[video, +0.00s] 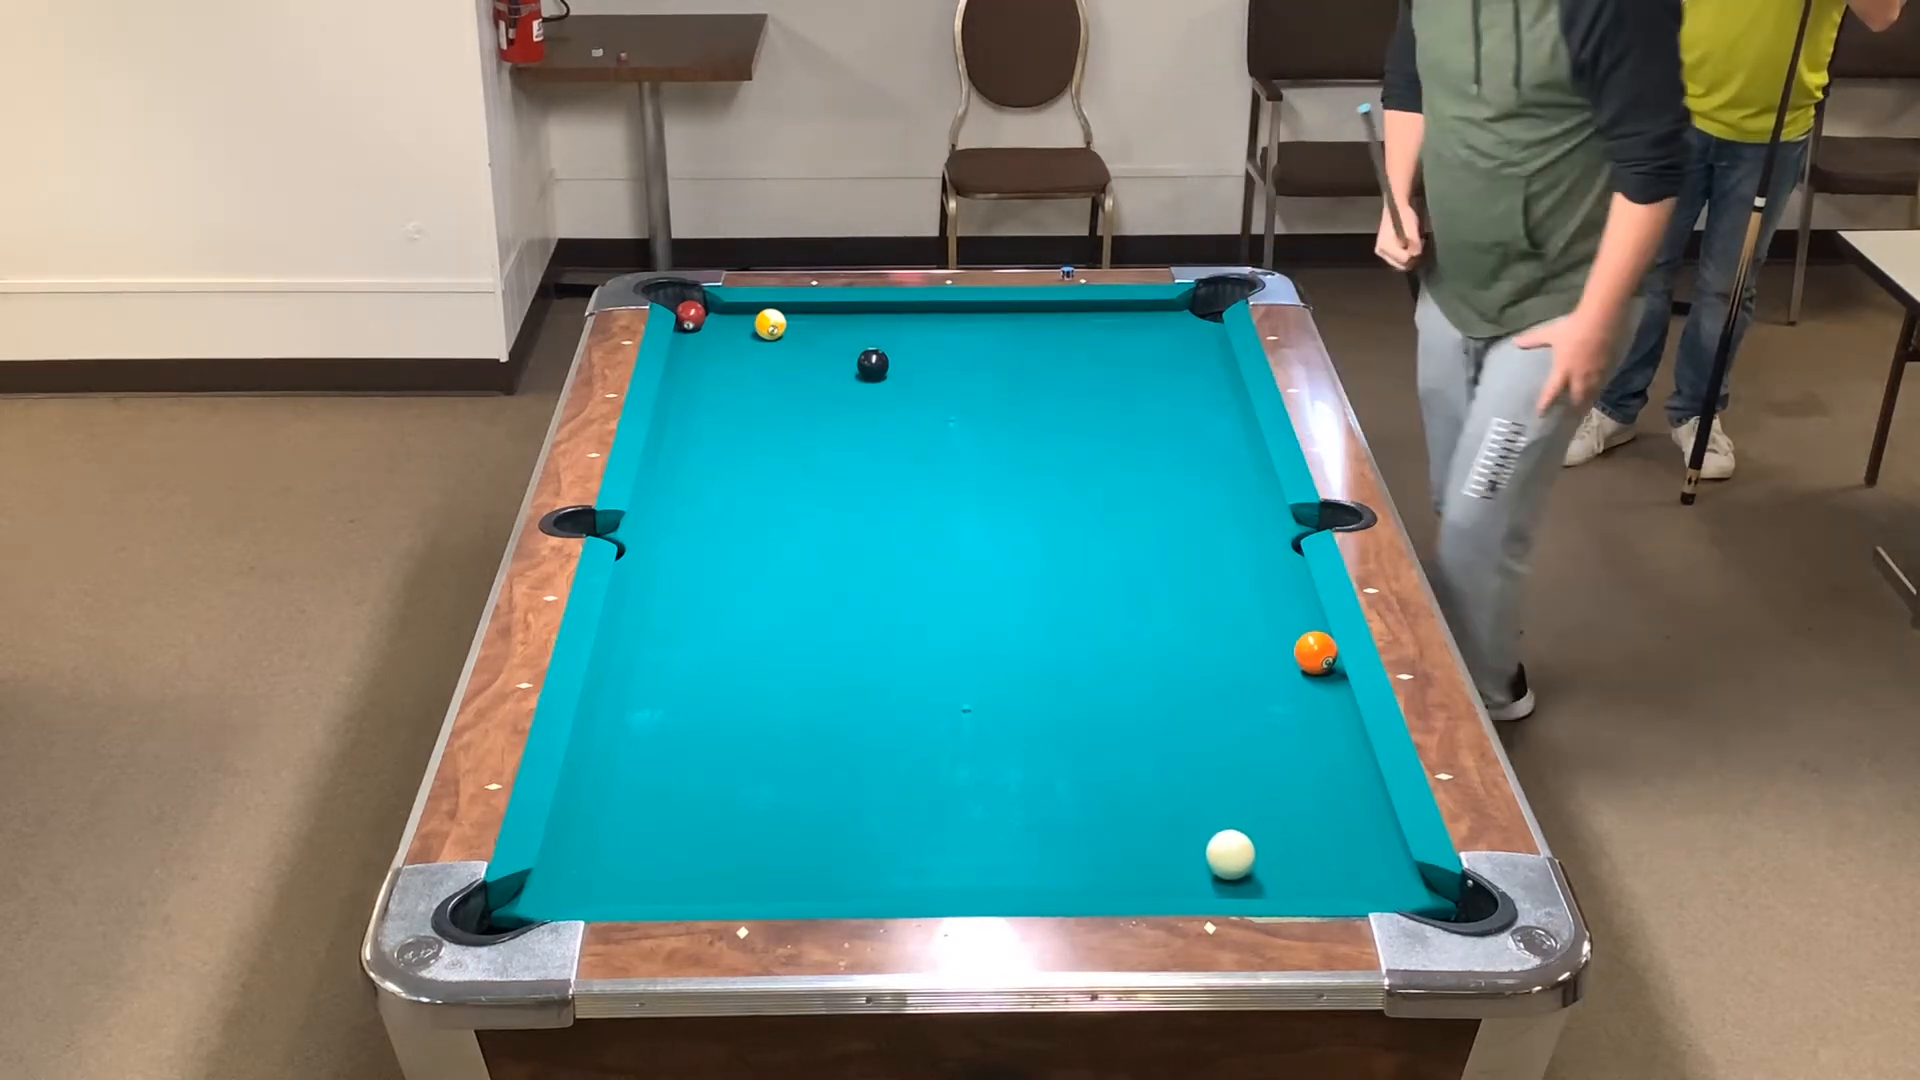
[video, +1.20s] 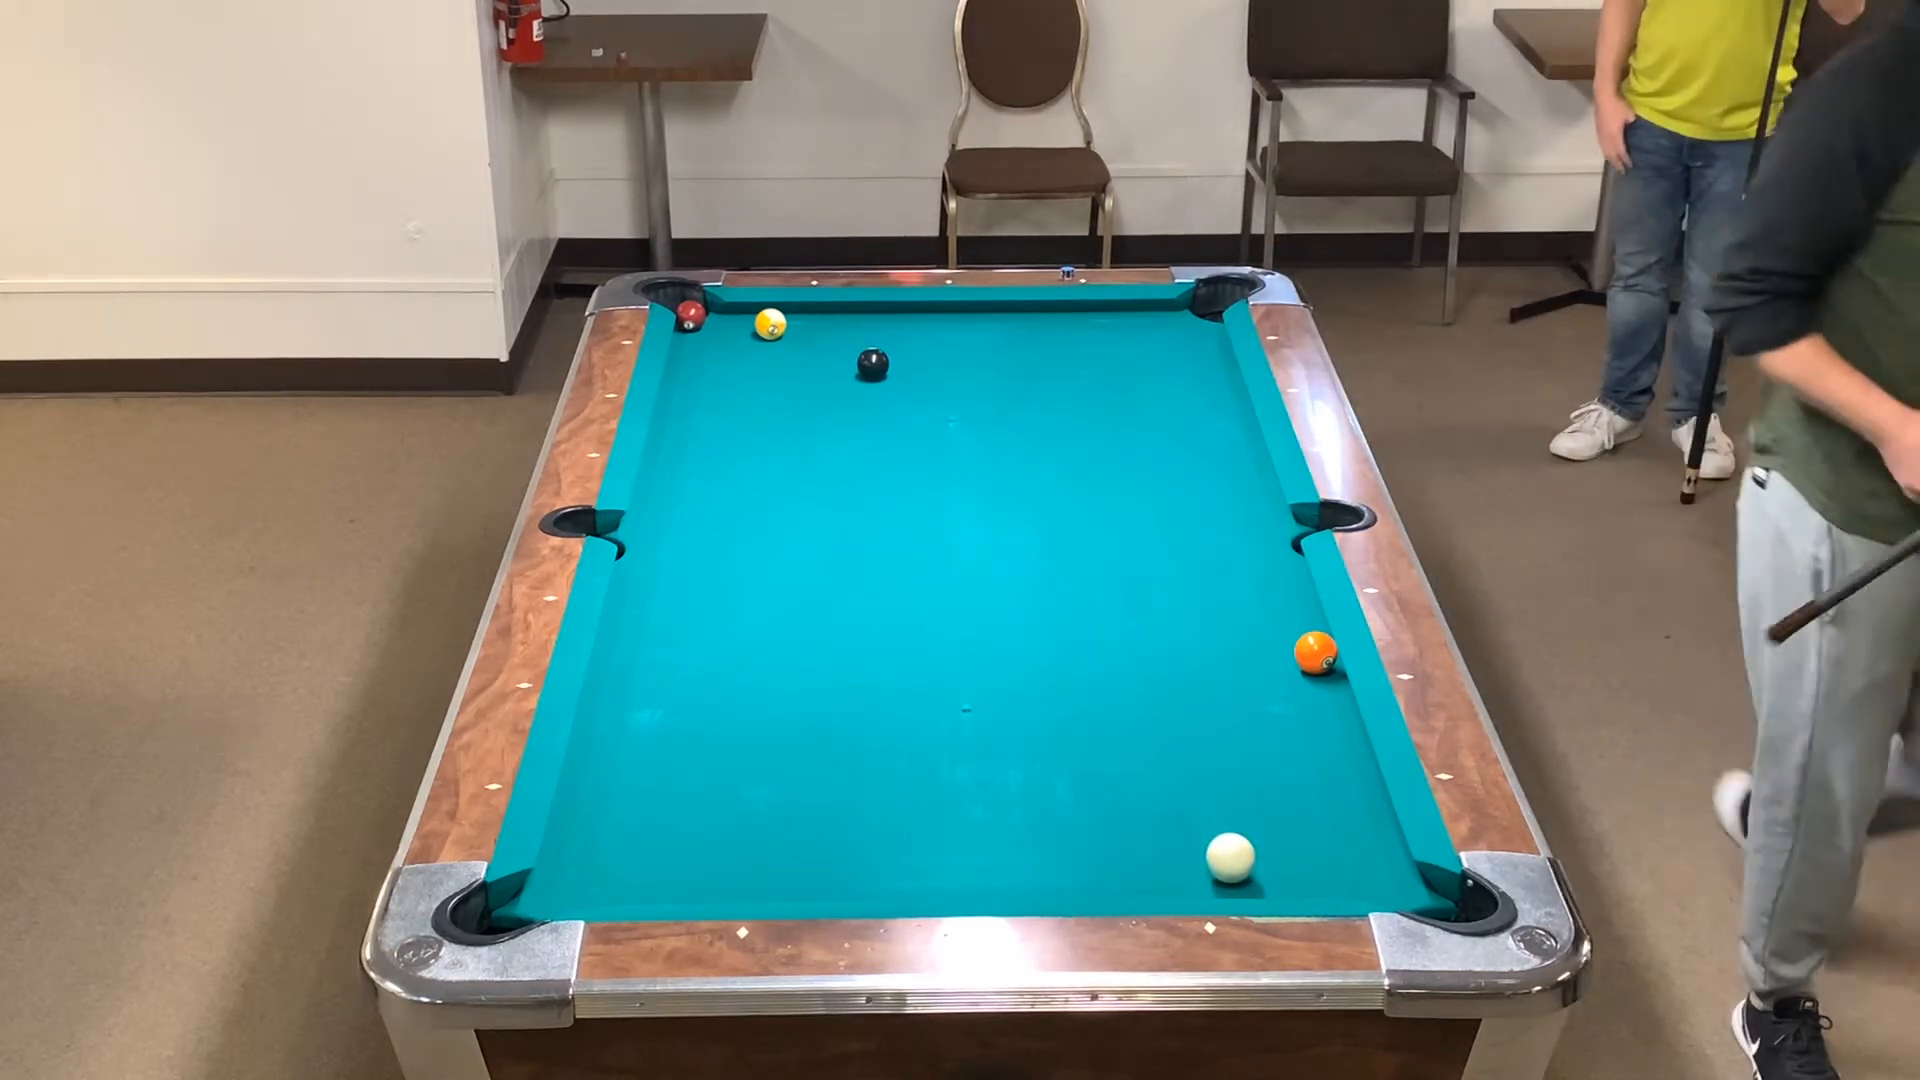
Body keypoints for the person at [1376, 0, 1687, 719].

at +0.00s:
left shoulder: (1615, 8)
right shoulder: (1426, 8)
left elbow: (1654, 162)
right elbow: (1408, 79)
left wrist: (1597, 322)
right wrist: (1398, 195)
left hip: (1559, 297)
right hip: (1451, 278)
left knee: (1474, 526)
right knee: (1455, 502)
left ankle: (1483, 691)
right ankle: (1490, 677)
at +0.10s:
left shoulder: (1653, 9)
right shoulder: (1446, 7)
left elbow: (1692, 171)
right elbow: (1419, 82)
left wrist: (1638, 337)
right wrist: (1407, 202)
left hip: (1580, 312)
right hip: (1461, 291)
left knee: (1552, 535)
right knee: (1470, 505)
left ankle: (1567, 751)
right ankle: (1491, 657)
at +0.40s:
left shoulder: (1803, 17)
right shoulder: (1557, 5)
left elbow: (1826, 196)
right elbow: (1484, 114)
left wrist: (1751, 351)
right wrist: (1478, 246)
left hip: (1711, 369)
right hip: (1554, 349)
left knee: (1704, 588)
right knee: (1506, 539)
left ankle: (1673, 790)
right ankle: (1483, 662)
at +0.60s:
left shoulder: (1887, 24)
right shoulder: (1637, 9)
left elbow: (1918, 189)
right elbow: (1554, 160)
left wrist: (1882, 322)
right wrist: (1595, 294)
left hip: (1800, 394)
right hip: (1642, 368)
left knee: (1740, 618)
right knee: (1560, 602)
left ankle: (1679, 794)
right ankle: (1535, 720)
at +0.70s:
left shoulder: (1904, 40)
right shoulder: (1678, 14)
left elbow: (1918, 202)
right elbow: (1583, 186)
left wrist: (1917, 302)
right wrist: (1670, 311)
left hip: (1826, 412)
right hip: (1674, 395)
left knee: (1753, 628)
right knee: (1635, 635)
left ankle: (1683, 793)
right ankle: (1597, 811)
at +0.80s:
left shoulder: (1915, 44)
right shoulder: (1718, 23)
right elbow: (1618, 213)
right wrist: (1740, 330)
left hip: (1855, 420)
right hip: (1709, 413)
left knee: (1766, 657)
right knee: (1703, 675)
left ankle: (1682, 815)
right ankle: (1675, 911)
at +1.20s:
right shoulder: (1880, 82)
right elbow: (1750, 299)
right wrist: (1893, 421)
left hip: (1914, 509)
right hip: (1843, 502)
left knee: (1907, 754)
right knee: (1823, 774)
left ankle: (1779, 802)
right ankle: (1781, 995)